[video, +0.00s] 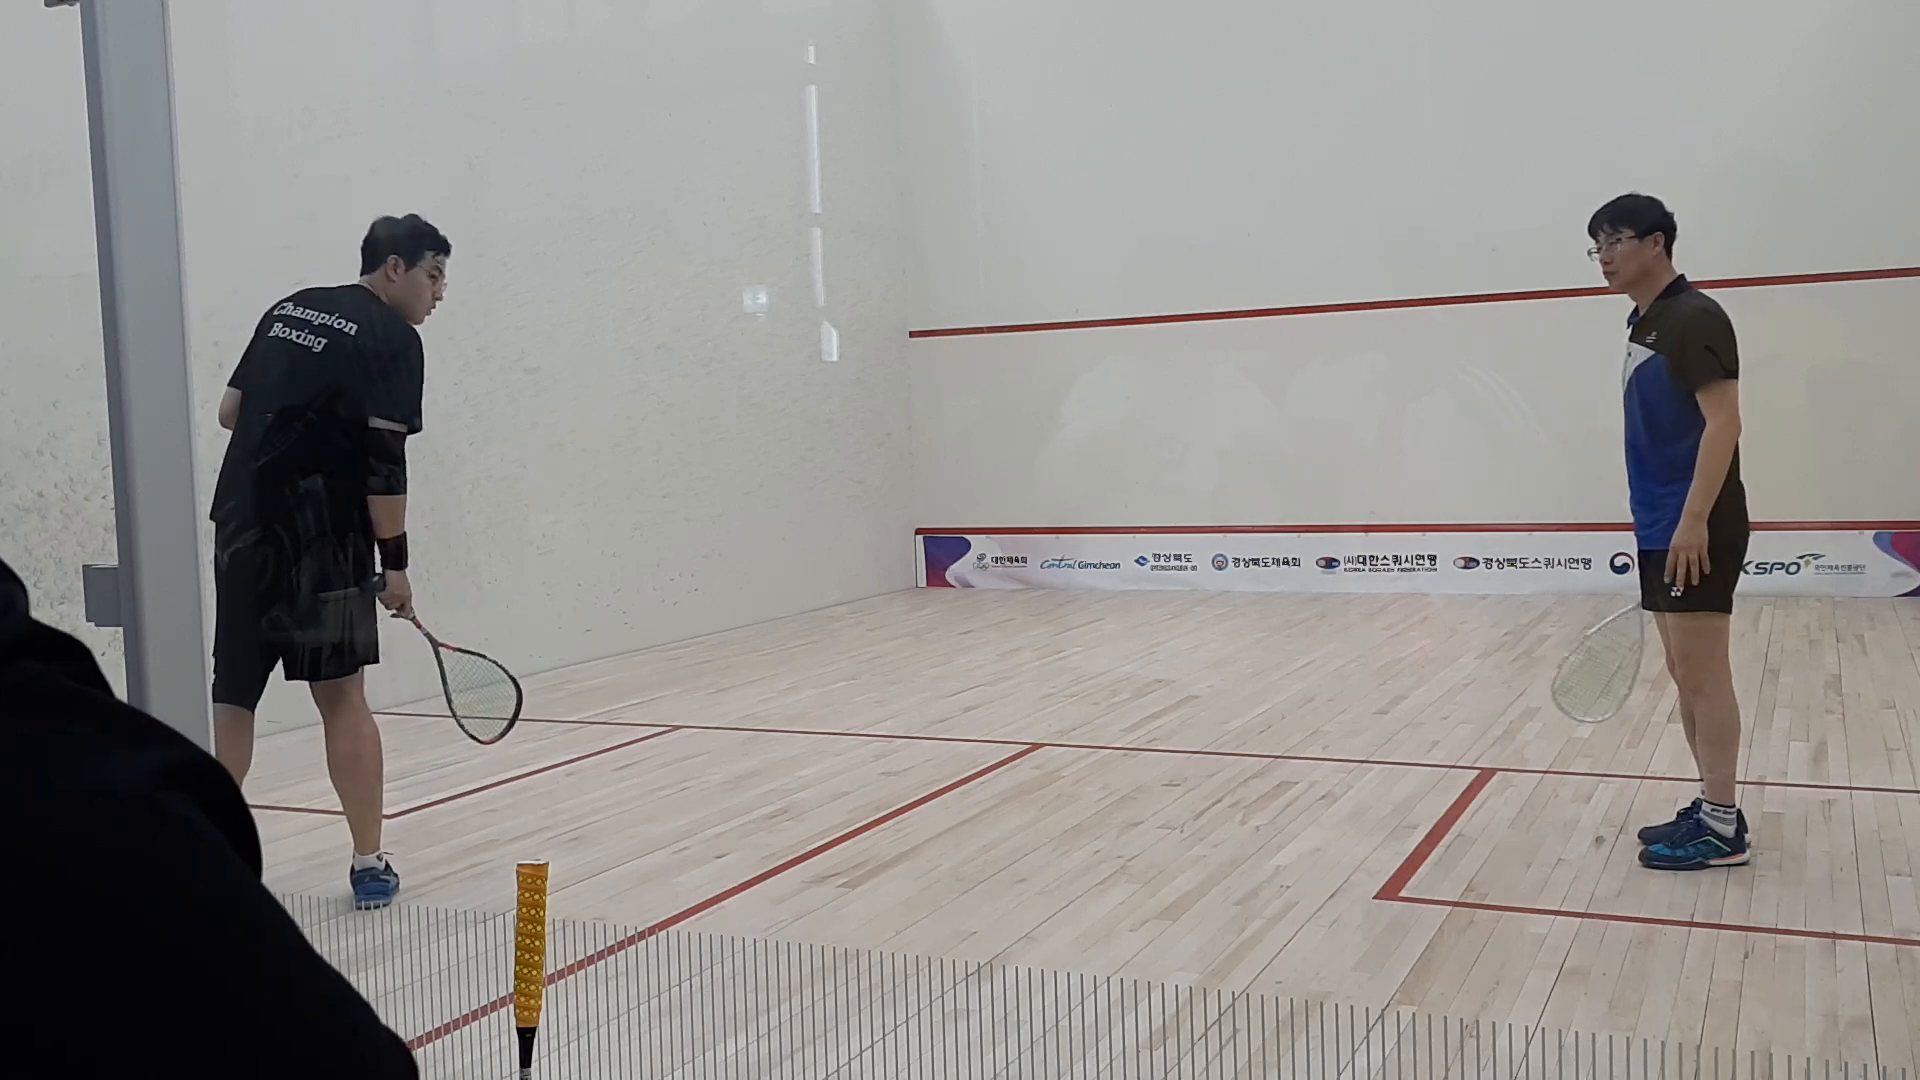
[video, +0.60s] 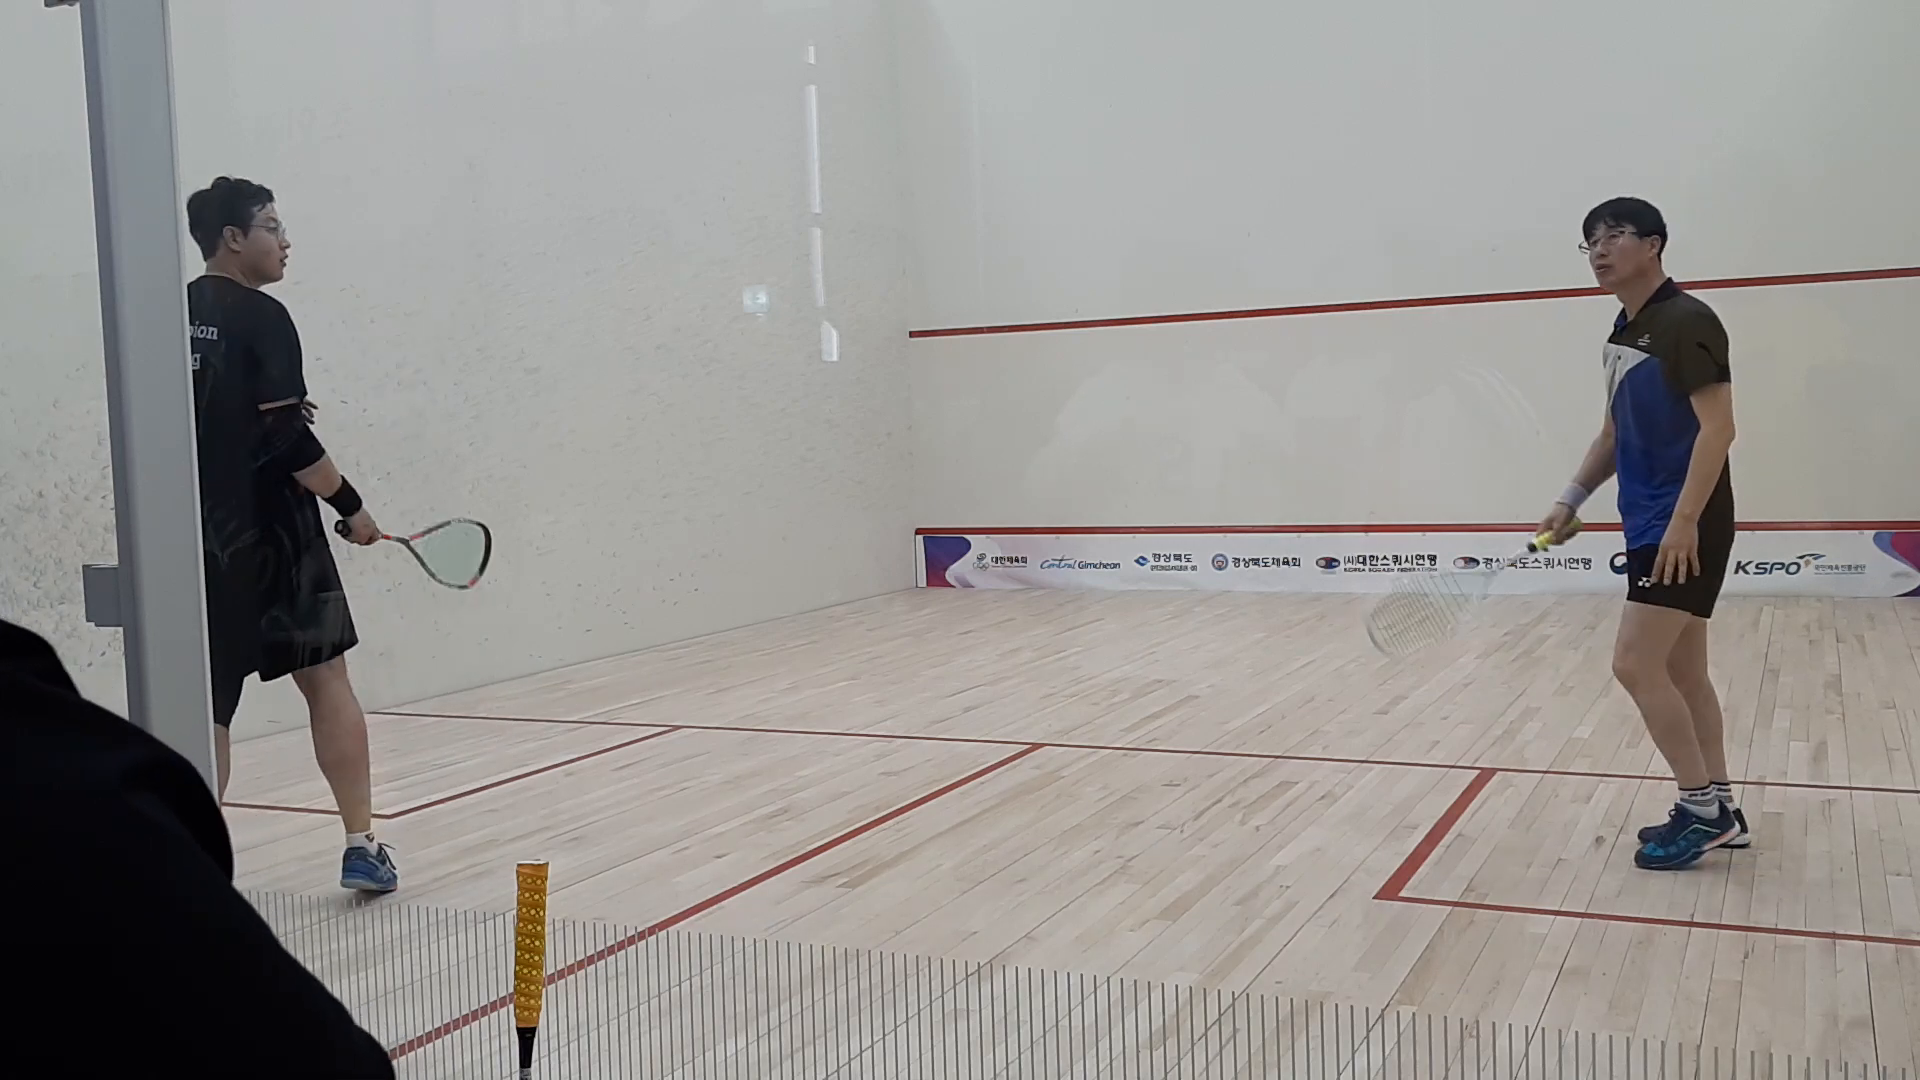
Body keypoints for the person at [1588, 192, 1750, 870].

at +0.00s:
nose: (1602, 257)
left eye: (1613, 243)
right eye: (1597, 248)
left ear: (1656, 244)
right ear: (1614, 256)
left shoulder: (1694, 318)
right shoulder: (1650, 323)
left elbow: (1724, 422)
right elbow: (1667, 436)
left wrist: (1693, 521)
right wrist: (1654, 527)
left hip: (1695, 525)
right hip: (1663, 527)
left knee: (1705, 677)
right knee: (1687, 675)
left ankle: (1723, 822)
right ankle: (1712, 809)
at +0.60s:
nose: (1598, 251)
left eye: (1612, 238)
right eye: (1593, 243)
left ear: (1652, 247)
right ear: (1594, 257)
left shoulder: (1686, 321)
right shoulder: (1626, 330)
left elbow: (1719, 429)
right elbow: (1619, 429)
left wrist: (1682, 521)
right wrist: (1570, 499)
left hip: (1685, 524)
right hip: (1657, 522)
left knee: (1636, 663)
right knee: (1684, 672)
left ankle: (1701, 805)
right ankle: (1716, 805)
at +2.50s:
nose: (1379, 296)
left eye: (1386, 281)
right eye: (1377, 283)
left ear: (1424, 275)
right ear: (1418, 279)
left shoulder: (1501, 341)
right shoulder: (1416, 352)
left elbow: (1458, 445)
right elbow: (1378, 437)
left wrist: (1358, 466)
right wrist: (1353, 400)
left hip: (1542, 546)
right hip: (1484, 545)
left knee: (1554, 692)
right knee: (1424, 659)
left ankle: (1601, 838)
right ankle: (1407, 805)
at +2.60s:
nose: (1349, 303)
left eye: (1355, 289)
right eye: (1347, 290)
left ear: (1393, 282)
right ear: (1389, 286)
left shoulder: (1472, 341)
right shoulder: (1385, 354)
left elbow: (1424, 429)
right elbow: (1345, 423)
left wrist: (1330, 445)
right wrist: (1331, 364)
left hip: (1508, 553)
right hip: (1447, 551)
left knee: (1535, 695)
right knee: (1384, 663)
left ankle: (1597, 835)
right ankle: (1335, 796)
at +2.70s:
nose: (1315, 314)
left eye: (1319, 303)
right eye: (1313, 304)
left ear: (1350, 295)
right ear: (1351, 297)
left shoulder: (1433, 350)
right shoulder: (1348, 364)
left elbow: (1394, 431)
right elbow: (1301, 410)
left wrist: (1302, 446)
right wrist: (1311, 338)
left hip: (1468, 560)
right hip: (1409, 561)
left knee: (1509, 697)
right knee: (1343, 674)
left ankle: (1595, 833)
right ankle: (1301, 806)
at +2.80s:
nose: (1268, 335)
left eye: (1272, 322)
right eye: (1265, 325)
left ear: (1308, 314)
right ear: (1296, 318)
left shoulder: (1391, 367)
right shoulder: (1301, 378)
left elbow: (1360, 451)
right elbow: (1239, 440)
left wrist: (1267, 482)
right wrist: (1280, 386)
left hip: (1428, 571)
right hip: (1370, 571)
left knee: (1470, 706)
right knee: (1295, 667)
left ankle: (1582, 823)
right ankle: (1284, 809)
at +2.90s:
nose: (1223, 345)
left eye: (1225, 332)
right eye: (1220, 334)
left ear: (1255, 325)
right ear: (1258, 328)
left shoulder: (1337, 382)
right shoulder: (1257, 402)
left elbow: (1319, 480)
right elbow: (1214, 469)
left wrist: (1238, 530)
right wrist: (1178, 510)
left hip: (1388, 570)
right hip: (1342, 573)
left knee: (1419, 708)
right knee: (1271, 669)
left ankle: (1551, 805)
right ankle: (1282, 809)